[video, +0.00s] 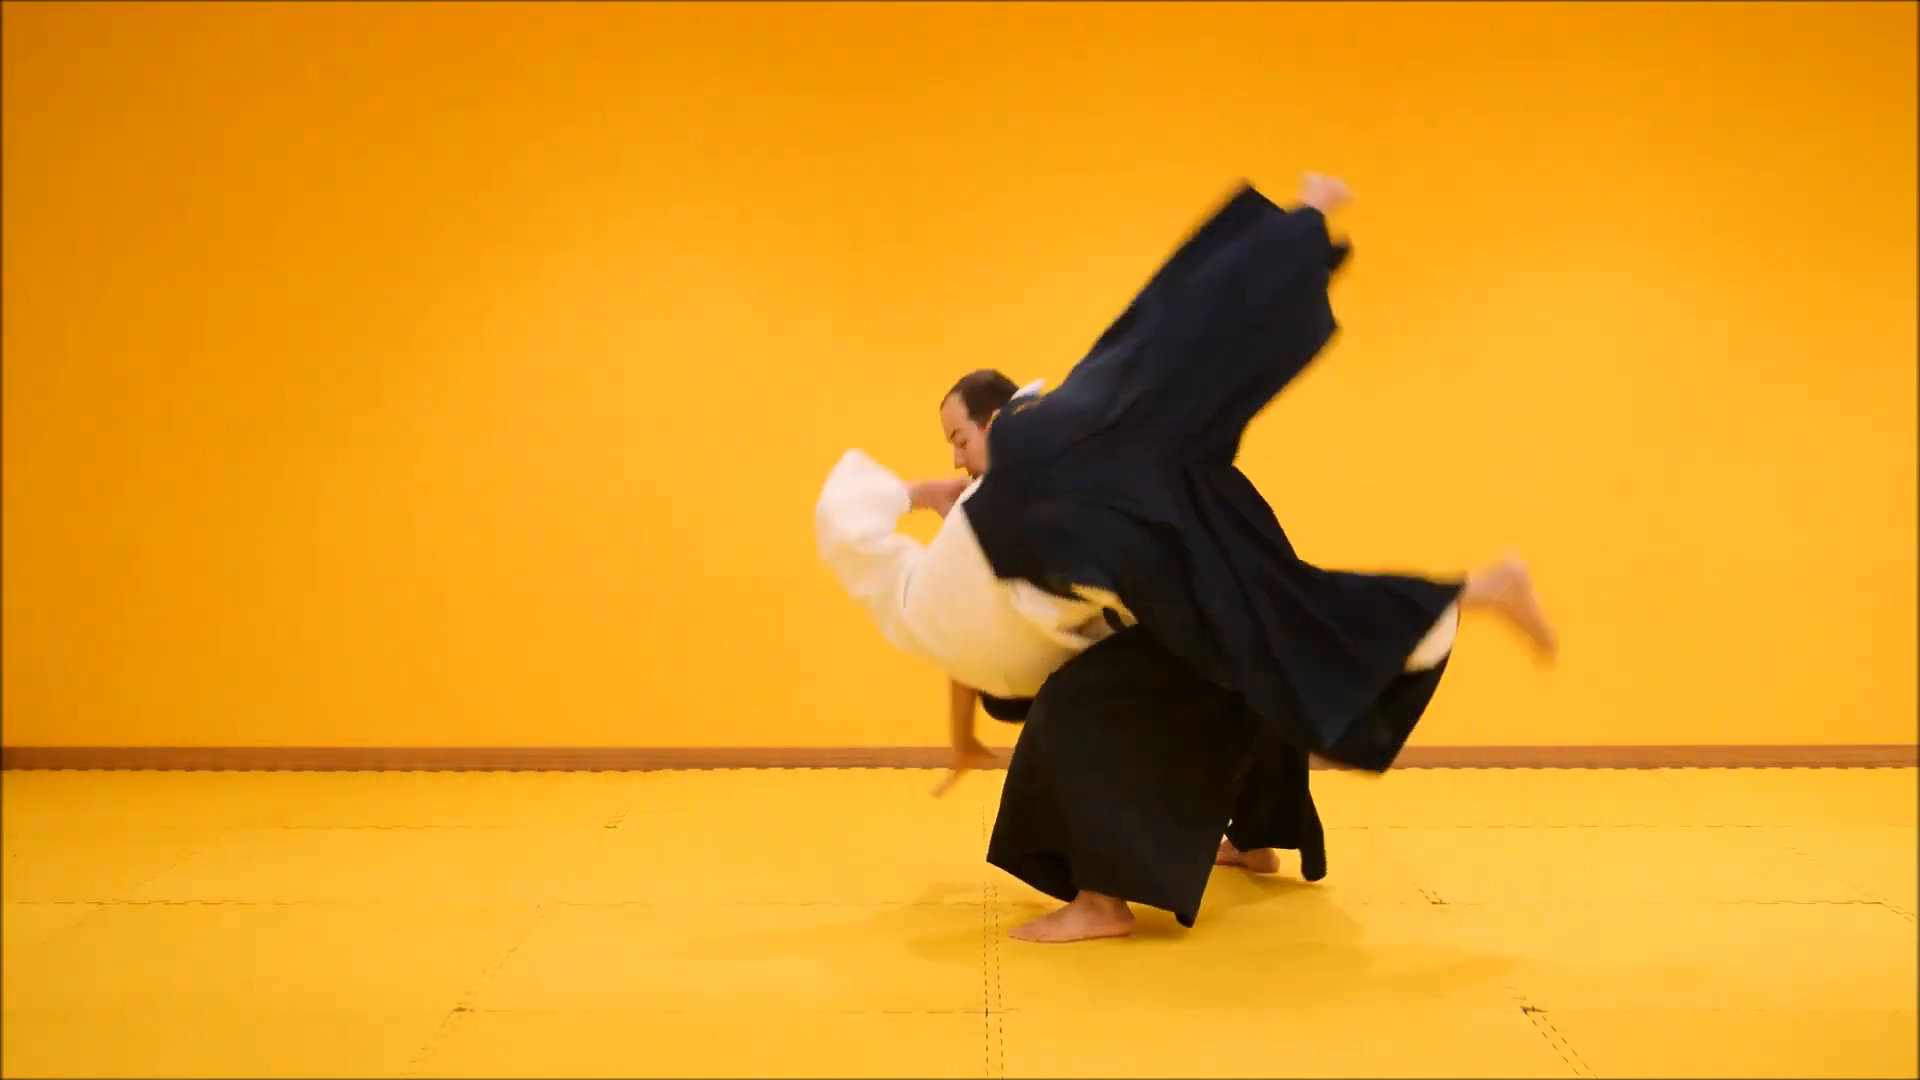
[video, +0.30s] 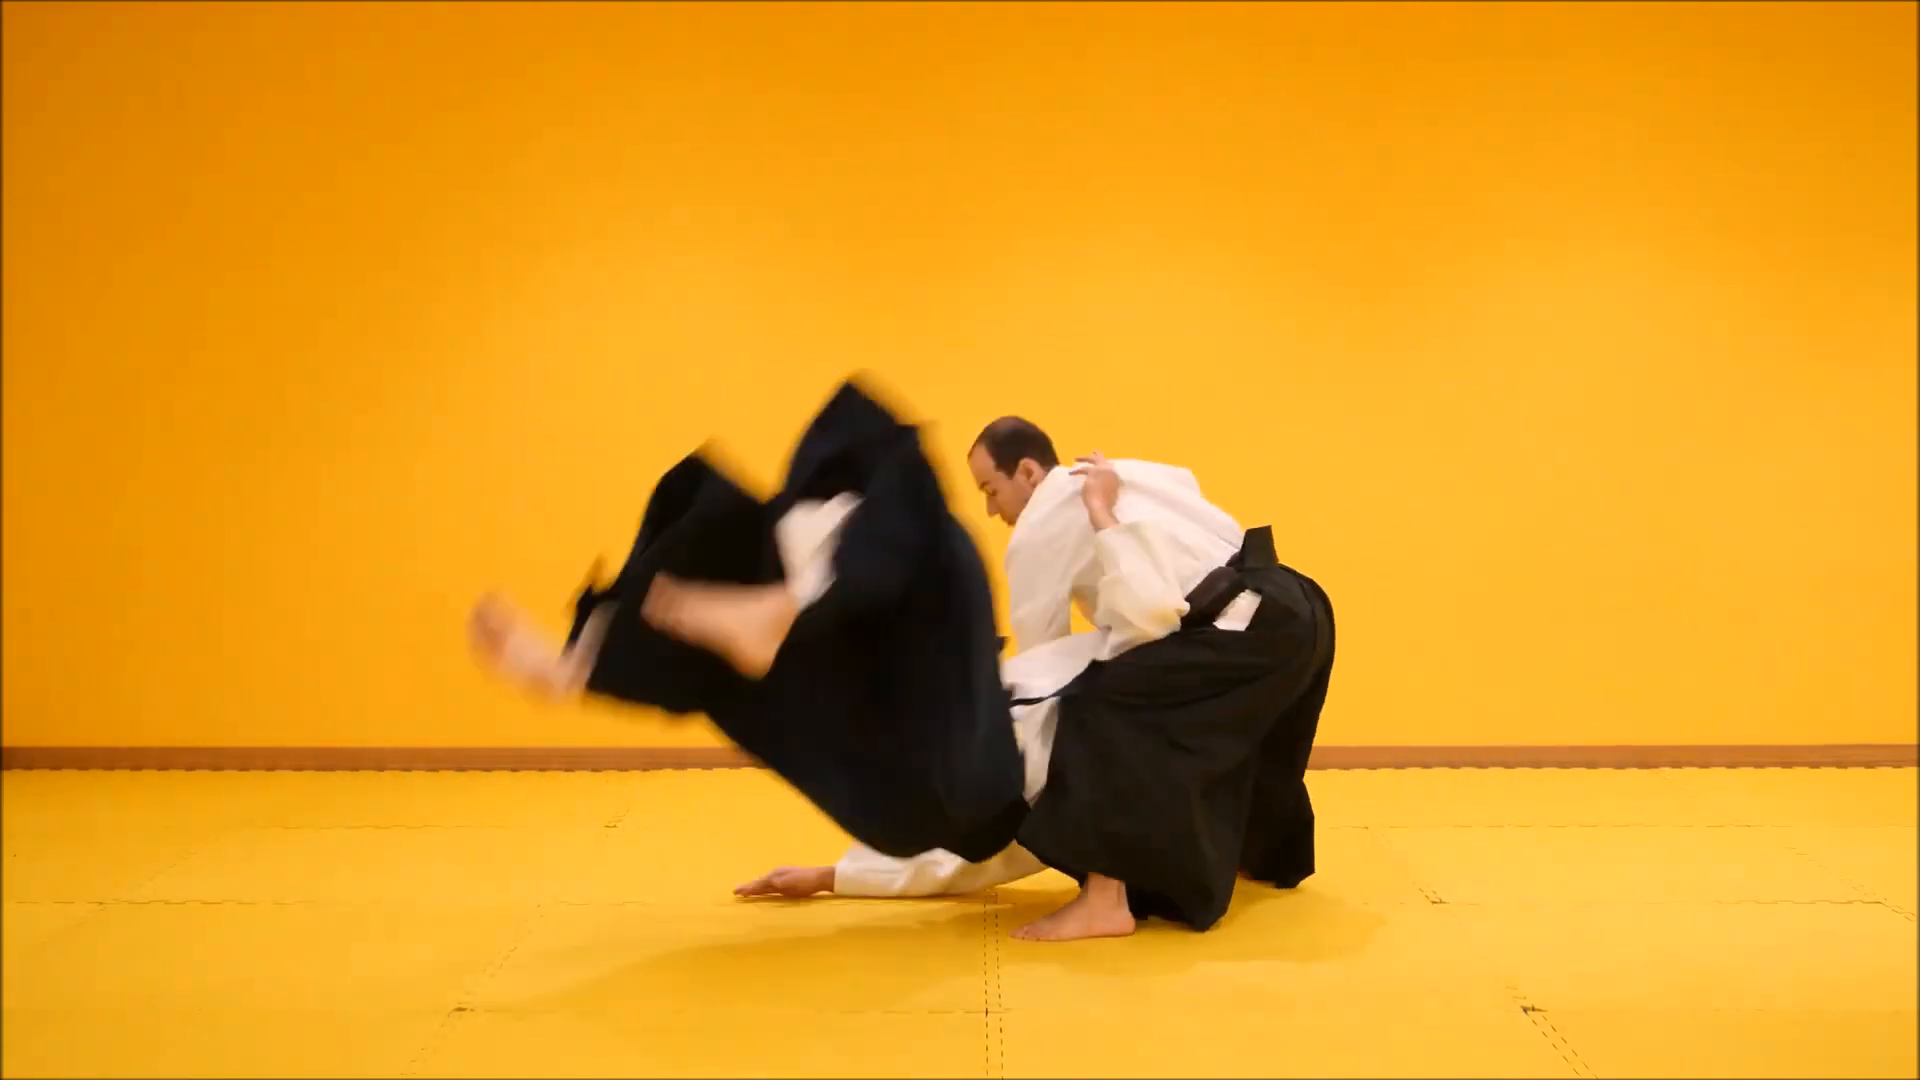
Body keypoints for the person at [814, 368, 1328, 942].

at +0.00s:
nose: (953, 453)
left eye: (958, 436)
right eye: (950, 439)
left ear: (996, 424)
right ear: (996, 427)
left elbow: (961, 657)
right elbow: (965, 652)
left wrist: (960, 750)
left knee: (1071, 708)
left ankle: (1099, 900)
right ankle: (1252, 840)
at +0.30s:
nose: (991, 509)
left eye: (990, 490)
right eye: (984, 493)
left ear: (1026, 470)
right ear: (1047, 461)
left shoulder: (1038, 527)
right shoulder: (1123, 474)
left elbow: (1031, 651)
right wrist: (831, 878)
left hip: (1249, 618)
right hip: (1301, 605)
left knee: (1098, 708)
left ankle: (1105, 898)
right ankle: (1260, 846)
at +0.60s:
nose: (1063, 372)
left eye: (1067, 353)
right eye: (1060, 355)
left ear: (1106, 344)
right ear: (1123, 344)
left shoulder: (1085, 406)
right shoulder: (1229, 384)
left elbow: (1038, 557)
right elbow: (1297, 495)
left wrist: (1120, 537)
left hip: (1251, 584)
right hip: (1332, 571)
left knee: (1089, 702)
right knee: (1294, 696)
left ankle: (1101, 897)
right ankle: (1354, 838)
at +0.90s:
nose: (1233, 299)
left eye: (1239, 281)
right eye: (1232, 283)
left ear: (1282, 275)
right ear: (1305, 278)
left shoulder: (1269, 357)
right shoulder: (1395, 351)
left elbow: (1251, 486)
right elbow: (1437, 474)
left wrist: (1191, 573)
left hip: (1374, 573)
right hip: (1454, 562)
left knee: (1225, 712)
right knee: (1530, 728)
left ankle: (1124, 890)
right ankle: (1676, 886)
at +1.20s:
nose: (1370, 240)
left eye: (1379, 221)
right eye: (1367, 224)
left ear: (1428, 216)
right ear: (1440, 221)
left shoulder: (1413, 306)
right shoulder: (1529, 307)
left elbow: (1400, 454)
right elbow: (1565, 443)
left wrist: (1349, 568)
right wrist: (1541, 519)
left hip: (1493, 538)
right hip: (1571, 527)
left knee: (1369, 702)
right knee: (1613, 706)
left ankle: (1387, 899)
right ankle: (1691, 900)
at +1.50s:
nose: (1389, 233)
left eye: (1399, 214)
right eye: (1386, 216)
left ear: (1449, 211)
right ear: (1453, 217)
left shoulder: (1434, 306)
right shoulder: (1547, 302)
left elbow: (1422, 452)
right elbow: (1576, 436)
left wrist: (1366, 566)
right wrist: (1549, 508)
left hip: (1508, 535)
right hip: (1586, 523)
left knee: (1374, 698)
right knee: (1622, 701)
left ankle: (1372, 887)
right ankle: (1686, 898)